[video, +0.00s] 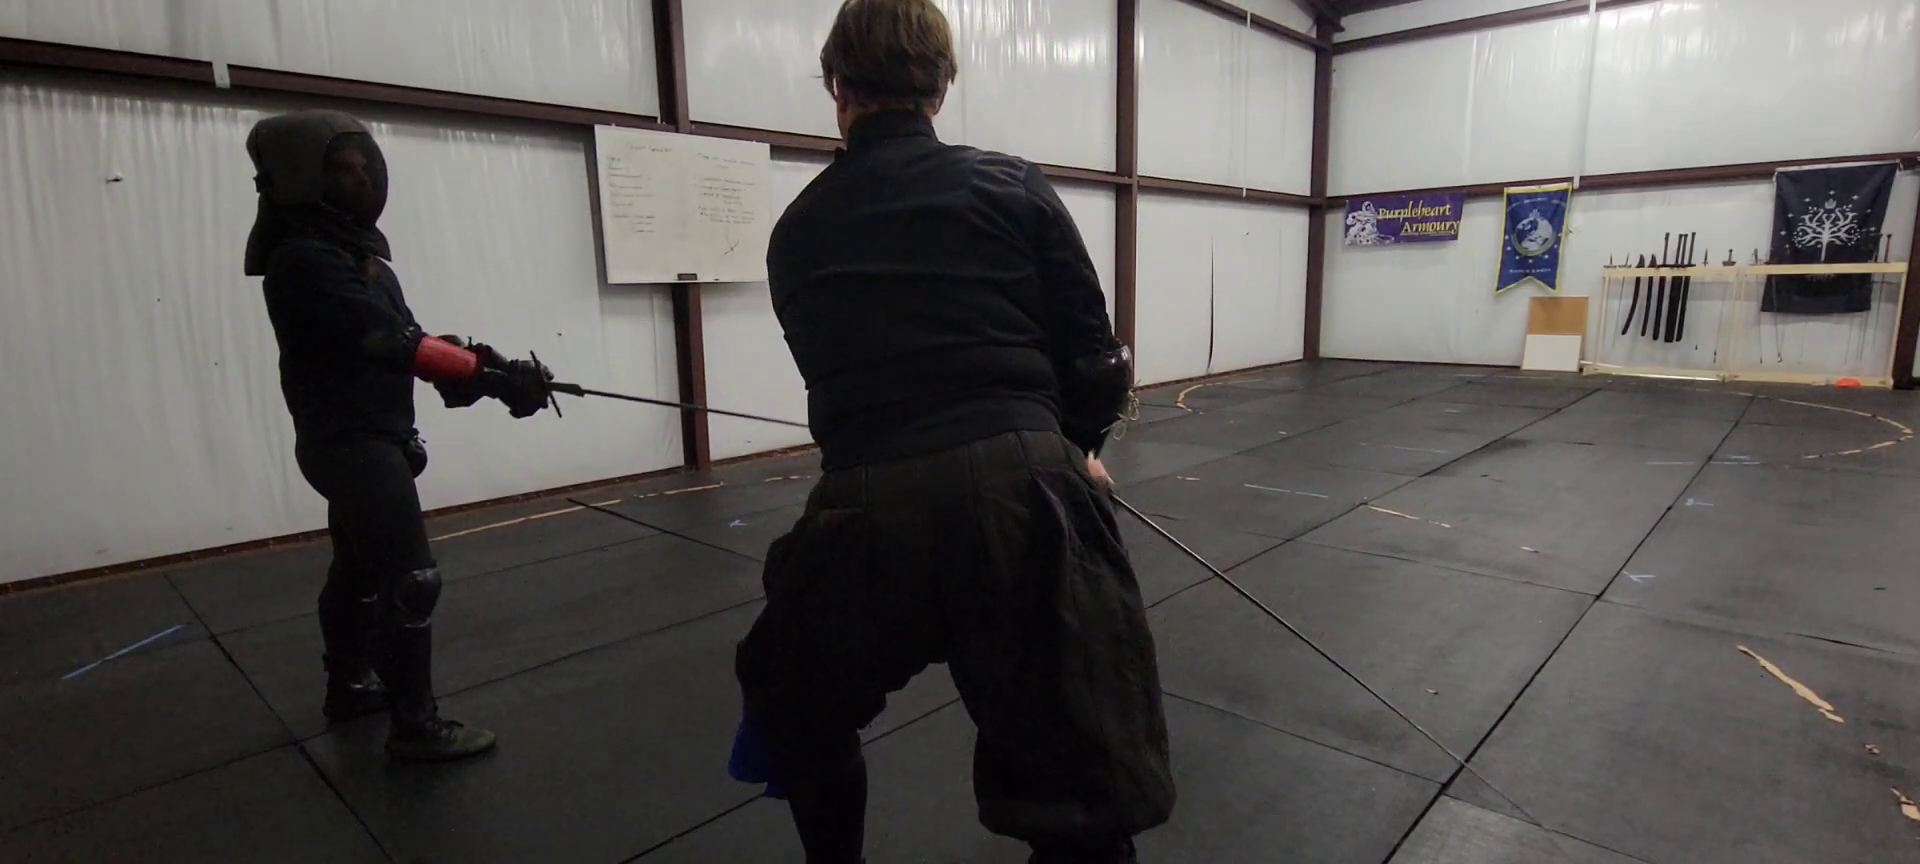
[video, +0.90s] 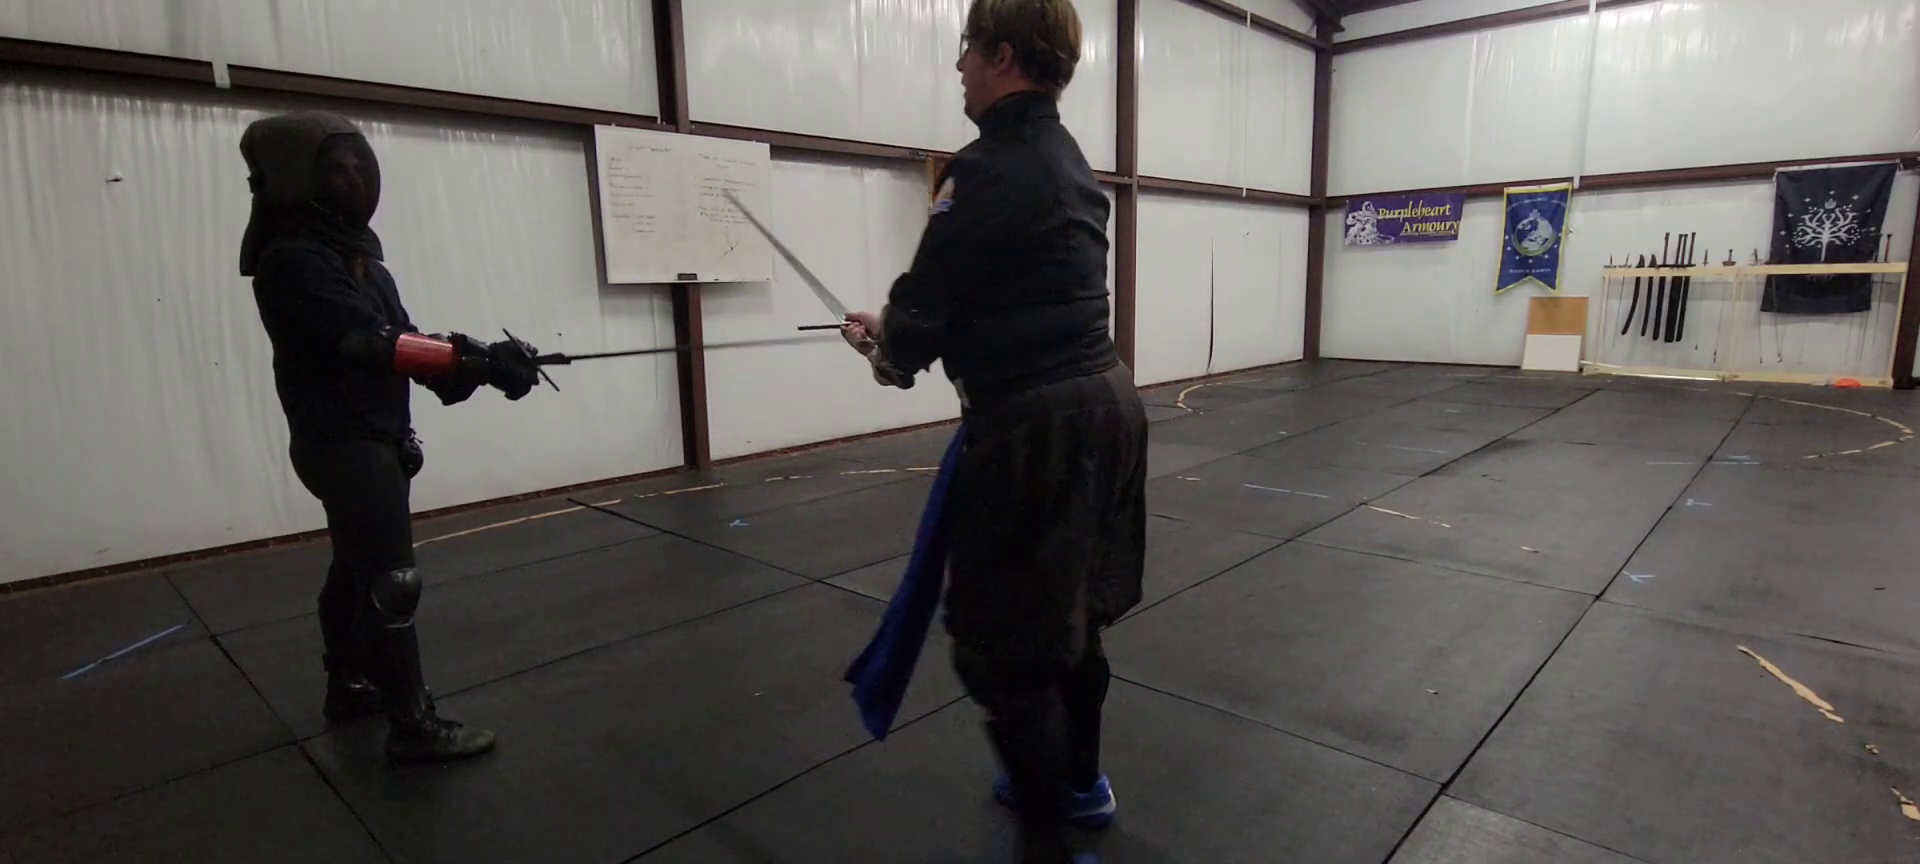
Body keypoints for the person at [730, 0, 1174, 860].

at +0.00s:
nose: (834, 99)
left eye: (832, 87)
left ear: (840, 92)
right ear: (939, 89)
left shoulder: (795, 230)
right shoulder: (1013, 183)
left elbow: (840, 386)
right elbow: (1095, 361)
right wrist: (1071, 448)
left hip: (867, 517)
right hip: (1025, 495)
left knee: (804, 703)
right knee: (1069, 768)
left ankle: (833, 851)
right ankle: (1082, 848)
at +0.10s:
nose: (825, 90)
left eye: (824, 77)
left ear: (833, 83)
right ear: (931, 80)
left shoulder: (784, 222)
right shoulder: (1002, 184)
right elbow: (1083, 358)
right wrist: (1050, 426)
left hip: (855, 506)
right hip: (1009, 488)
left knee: (800, 698)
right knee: (1059, 761)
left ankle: (833, 850)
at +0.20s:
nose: (815, 75)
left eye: (815, 61)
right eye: (817, 58)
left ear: (827, 65)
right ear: (918, 67)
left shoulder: (772, 196)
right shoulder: (989, 170)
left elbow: (795, 314)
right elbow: (1056, 340)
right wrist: (995, 418)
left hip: (841, 481)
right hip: (992, 470)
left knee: (807, 707)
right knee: (1055, 734)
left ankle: (831, 852)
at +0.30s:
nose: (812, 60)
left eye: (814, 45)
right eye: (816, 44)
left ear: (825, 49)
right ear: (913, 55)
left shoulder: (769, 179)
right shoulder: (982, 160)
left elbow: (780, 315)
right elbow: (1036, 328)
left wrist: (868, 346)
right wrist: (938, 359)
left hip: (839, 455)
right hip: (986, 443)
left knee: (823, 708)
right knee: (1039, 692)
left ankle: (835, 856)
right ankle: (1097, 851)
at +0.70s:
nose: (923, 77)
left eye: (930, 61)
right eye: (927, 61)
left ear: (959, 71)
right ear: (1009, 77)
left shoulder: (919, 185)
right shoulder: (1052, 186)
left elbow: (839, 322)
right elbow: (1009, 304)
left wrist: (857, 366)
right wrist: (898, 328)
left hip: (965, 447)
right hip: (1069, 430)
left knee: (899, 658)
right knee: (1043, 621)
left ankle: (858, 847)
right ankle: (1076, 784)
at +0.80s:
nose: (944, 65)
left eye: (954, 51)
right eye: (949, 50)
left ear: (989, 63)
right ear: (1022, 71)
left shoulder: (956, 174)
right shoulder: (1062, 170)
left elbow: (892, 304)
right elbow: (1019, 294)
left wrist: (875, 351)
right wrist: (904, 320)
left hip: (998, 429)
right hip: (1092, 412)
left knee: (947, 644)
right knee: (1058, 606)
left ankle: (937, 843)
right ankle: (1076, 782)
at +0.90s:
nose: (958, 64)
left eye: (970, 50)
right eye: (963, 49)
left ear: (1008, 62)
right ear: (1028, 67)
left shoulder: (988, 174)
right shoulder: (1070, 159)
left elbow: (927, 308)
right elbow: (1023, 295)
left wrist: (891, 349)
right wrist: (901, 324)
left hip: (1028, 423)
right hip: (1105, 404)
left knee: (994, 629)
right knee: (1075, 606)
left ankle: (1043, 811)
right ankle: (1079, 780)